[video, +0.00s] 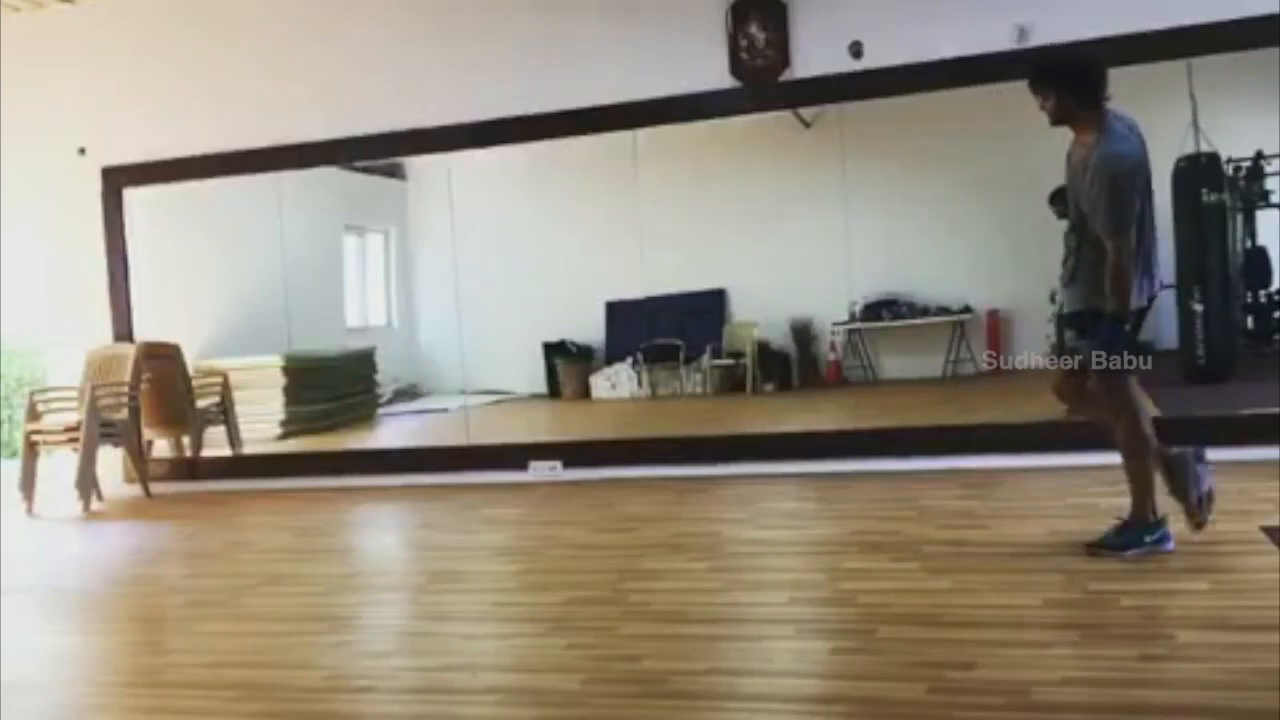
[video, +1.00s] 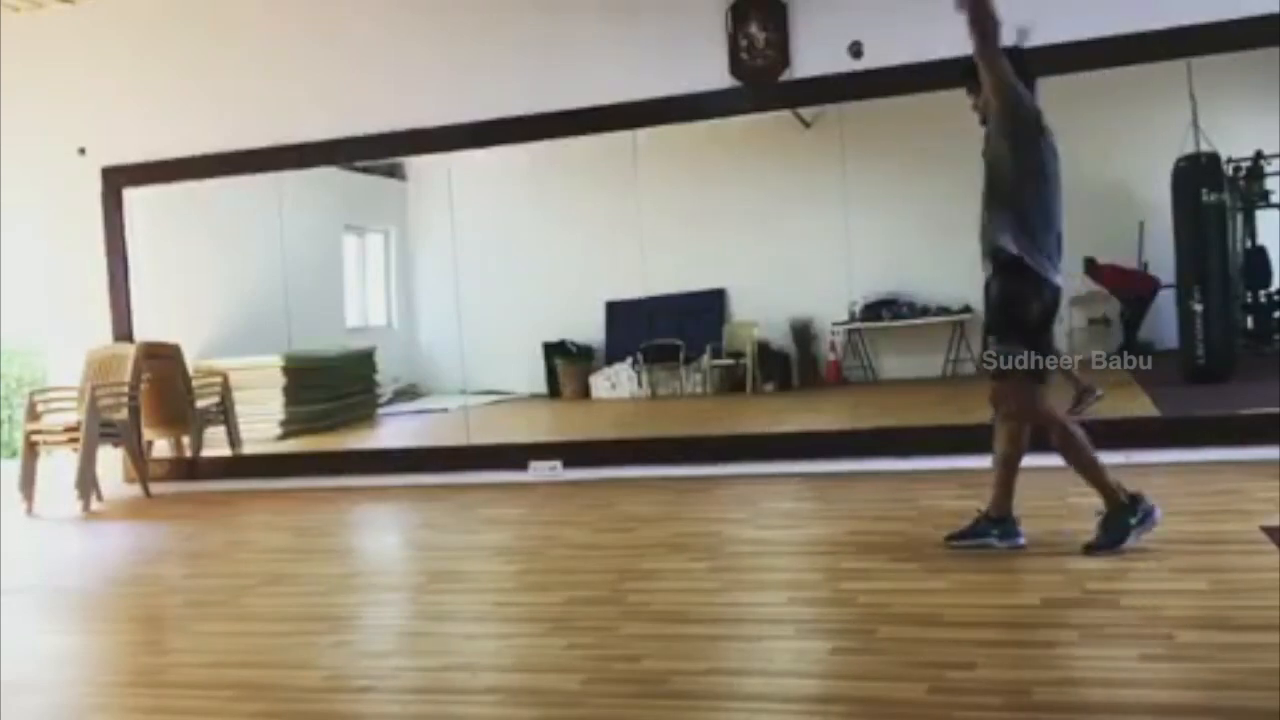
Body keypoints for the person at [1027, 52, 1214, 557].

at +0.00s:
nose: (1040, 106)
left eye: (1043, 97)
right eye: (1038, 97)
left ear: (1066, 96)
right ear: (1080, 92)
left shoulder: (1111, 158)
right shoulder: (1095, 132)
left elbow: (1120, 247)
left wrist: (1118, 319)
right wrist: (1076, 201)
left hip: (1110, 300)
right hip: (1083, 292)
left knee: (1122, 400)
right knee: (1071, 387)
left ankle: (1145, 518)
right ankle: (1177, 463)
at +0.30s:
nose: (1032, 105)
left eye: (1036, 94)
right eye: (1031, 95)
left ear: (1061, 92)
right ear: (1068, 91)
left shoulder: (1105, 149)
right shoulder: (1081, 139)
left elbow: (1112, 238)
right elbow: (1096, 213)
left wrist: (1098, 306)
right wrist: (1068, 206)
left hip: (1115, 298)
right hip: (1083, 292)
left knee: (1118, 394)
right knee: (1052, 384)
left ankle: (1146, 518)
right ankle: (1103, 488)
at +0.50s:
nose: (1017, 109)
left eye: (1019, 98)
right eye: (1015, 99)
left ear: (1041, 95)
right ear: (1057, 91)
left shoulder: (1073, 147)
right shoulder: (1093, 134)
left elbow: (1082, 229)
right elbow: (1105, 220)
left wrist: (1068, 293)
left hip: (1101, 298)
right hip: (1107, 292)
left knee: (1114, 401)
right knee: (1054, 394)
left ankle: (1145, 519)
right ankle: (1024, 504)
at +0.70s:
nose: (991, 109)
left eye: (995, 98)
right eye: (989, 100)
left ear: (1023, 95)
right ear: (1014, 102)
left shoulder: (1058, 139)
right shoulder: (1028, 145)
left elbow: (1056, 124)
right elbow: (1088, 136)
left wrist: (1047, 71)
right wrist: (1103, 109)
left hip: (1082, 297)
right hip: (1047, 299)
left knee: (1099, 402)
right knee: (1031, 402)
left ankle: (1143, 519)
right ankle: (1003, 514)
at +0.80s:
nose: (983, 107)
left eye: (988, 96)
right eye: (982, 98)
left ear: (1013, 92)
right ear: (1012, 98)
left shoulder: (1038, 130)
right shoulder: (1048, 131)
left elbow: (1042, 65)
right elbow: (1076, 96)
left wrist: (1029, 9)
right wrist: (1083, 55)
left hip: (1059, 290)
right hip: (1040, 290)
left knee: (1093, 403)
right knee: (1022, 402)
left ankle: (1140, 518)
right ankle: (1000, 514)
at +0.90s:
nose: (976, 104)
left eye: (980, 93)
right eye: (974, 95)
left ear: (1004, 87)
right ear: (1002, 89)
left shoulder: (1023, 120)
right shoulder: (1020, 124)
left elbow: (1007, 38)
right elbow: (1017, 40)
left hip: (1031, 282)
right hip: (1021, 282)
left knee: (1059, 403)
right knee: (1012, 403)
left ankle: (1131, 509)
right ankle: (998, 514)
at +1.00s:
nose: (973, 107)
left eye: (976, 94)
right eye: (970, 98)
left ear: (1000, 86)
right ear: (1000, 87)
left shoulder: (1020, 122)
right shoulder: (1011, 130)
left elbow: (986, 36)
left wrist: (967, 0)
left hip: (1024, 277)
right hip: (1018, 277)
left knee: (1020, 399)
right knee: (1015, 400)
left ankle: (1121, 503)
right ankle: (999, 515)